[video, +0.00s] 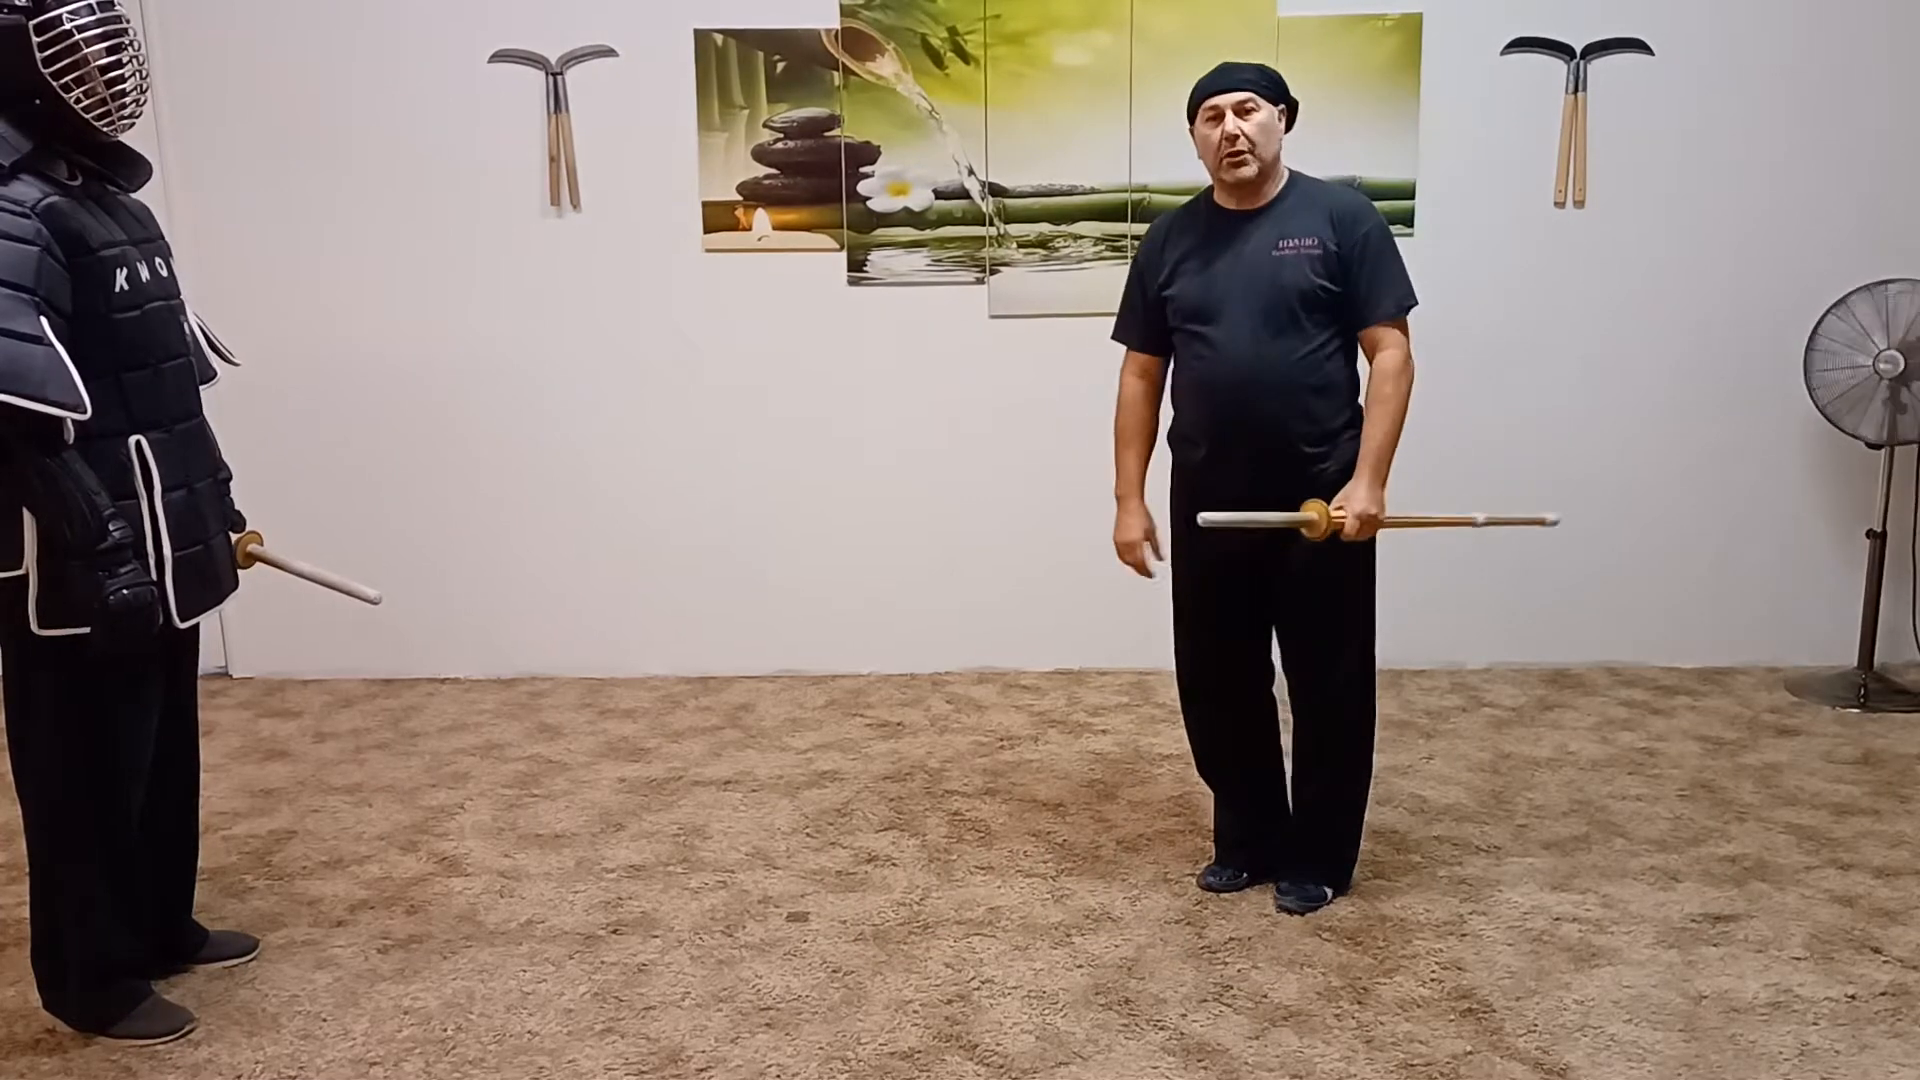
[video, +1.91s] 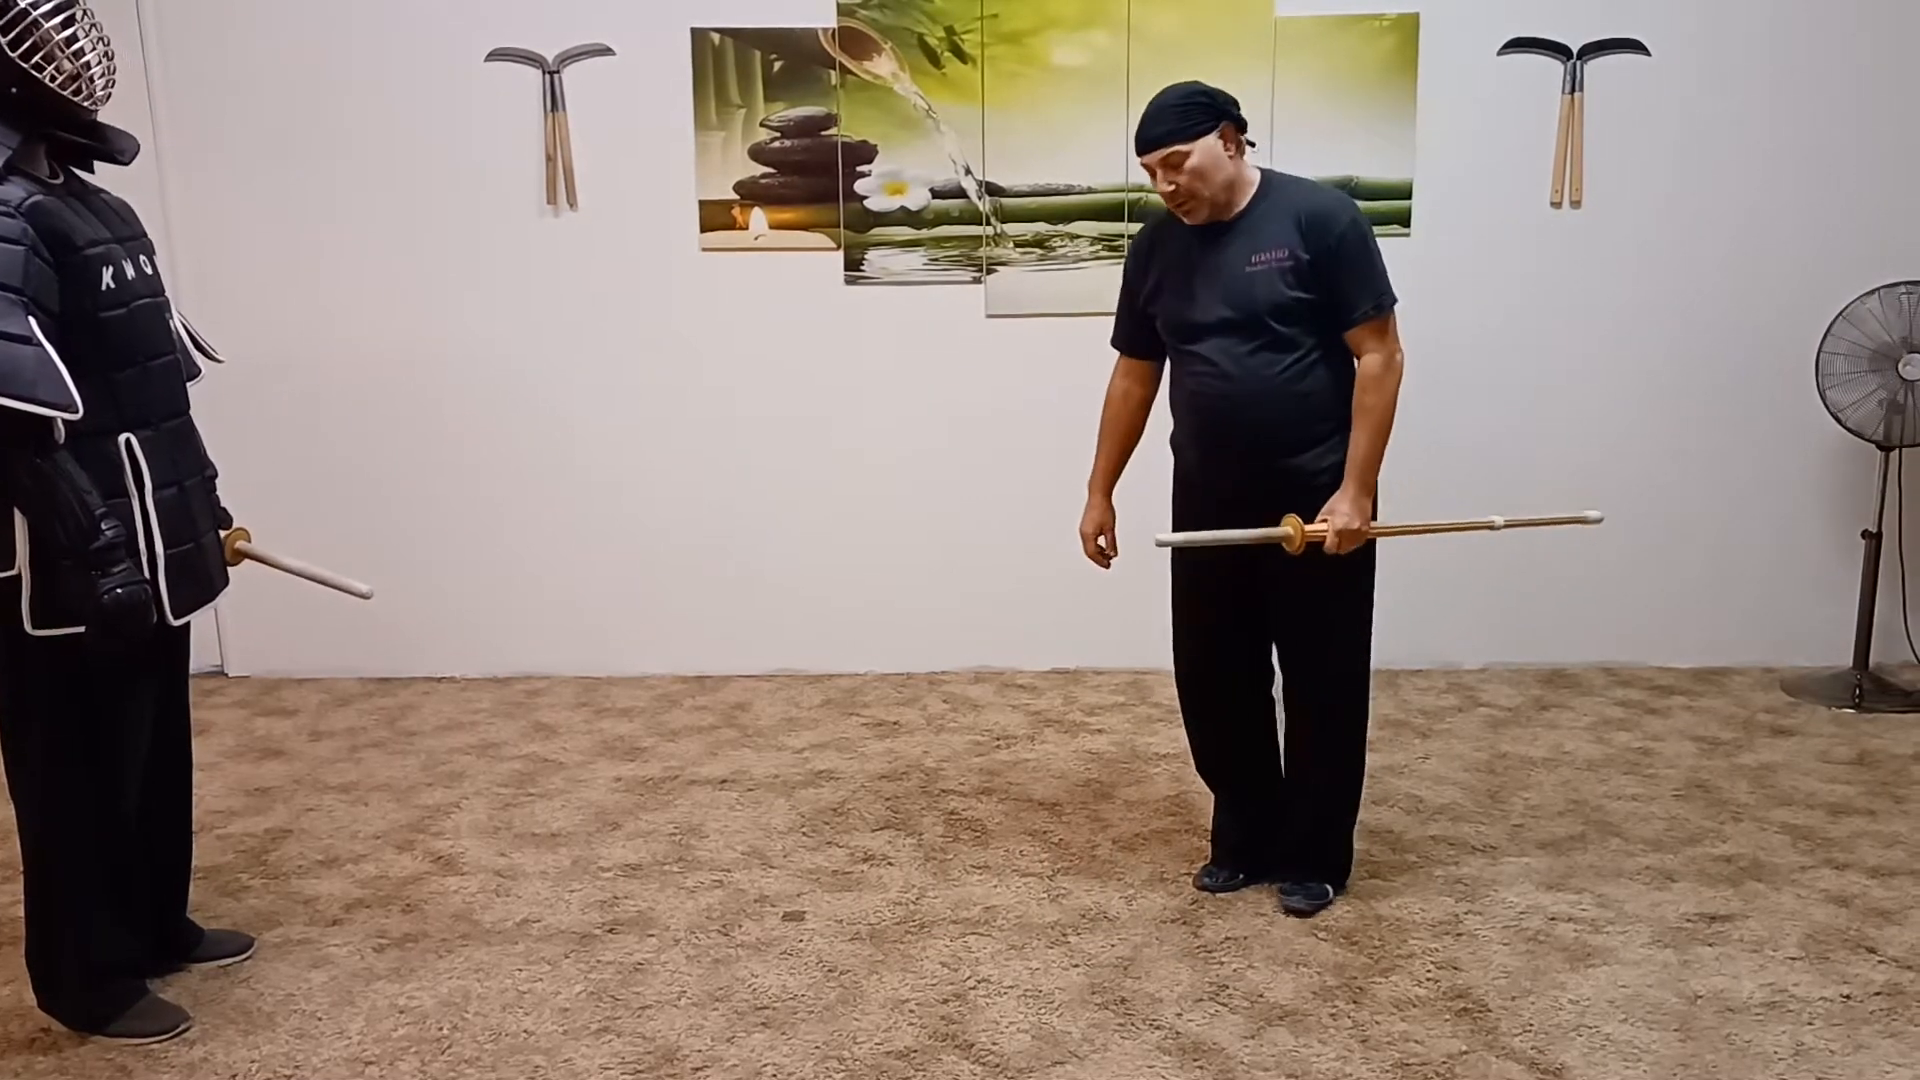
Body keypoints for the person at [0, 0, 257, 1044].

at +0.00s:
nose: (124, 66)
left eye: (120, 47)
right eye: (100, 48)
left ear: (98, 68)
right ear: (46, 67)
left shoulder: (120, 199)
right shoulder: (21, 206)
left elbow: (174, 380)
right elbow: (22, 398)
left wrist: (218, 506)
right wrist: (98, 537)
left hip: (158, 541)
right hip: (70, 553)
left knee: (159, 750)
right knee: (85, 770)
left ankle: (161, 932)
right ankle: (88, 982)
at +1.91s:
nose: (97, 71)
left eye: (91, 55)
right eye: (77, 57)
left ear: (55, 81)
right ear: (34, 77)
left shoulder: (103, 205)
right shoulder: (9, 211)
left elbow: (159, 384)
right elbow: (20, 409)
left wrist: (204, 509)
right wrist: (98, 544)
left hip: (146, 545)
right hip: (58, 560)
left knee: (152, 750)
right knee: (79, 772)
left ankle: (158, 931)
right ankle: (85, 982)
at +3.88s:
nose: (92, 81)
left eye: (85, 65)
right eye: (73, 66)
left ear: (47, 84)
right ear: (33, 82)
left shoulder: (107, 207)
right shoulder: (9, 211)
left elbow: (160, 381)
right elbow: (21, 409)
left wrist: (206, 502)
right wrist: (88, 542)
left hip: (149, 545)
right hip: (60, 560)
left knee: (150, 746)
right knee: (73, 766)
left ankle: (151, 928)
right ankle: (78, 979)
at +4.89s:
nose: (94, 75)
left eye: (89, 58)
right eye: (74, 60)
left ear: (56, 77)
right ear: (33, 76)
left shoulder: (106, 205)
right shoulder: (10, 211)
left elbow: (161, 381)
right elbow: (21, 407)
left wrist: (205, 505)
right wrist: (94, 538)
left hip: (149, 545)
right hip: (61, 560)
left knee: (151, 747)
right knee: (75, 769)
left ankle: (152, 928)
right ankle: (79, 981)